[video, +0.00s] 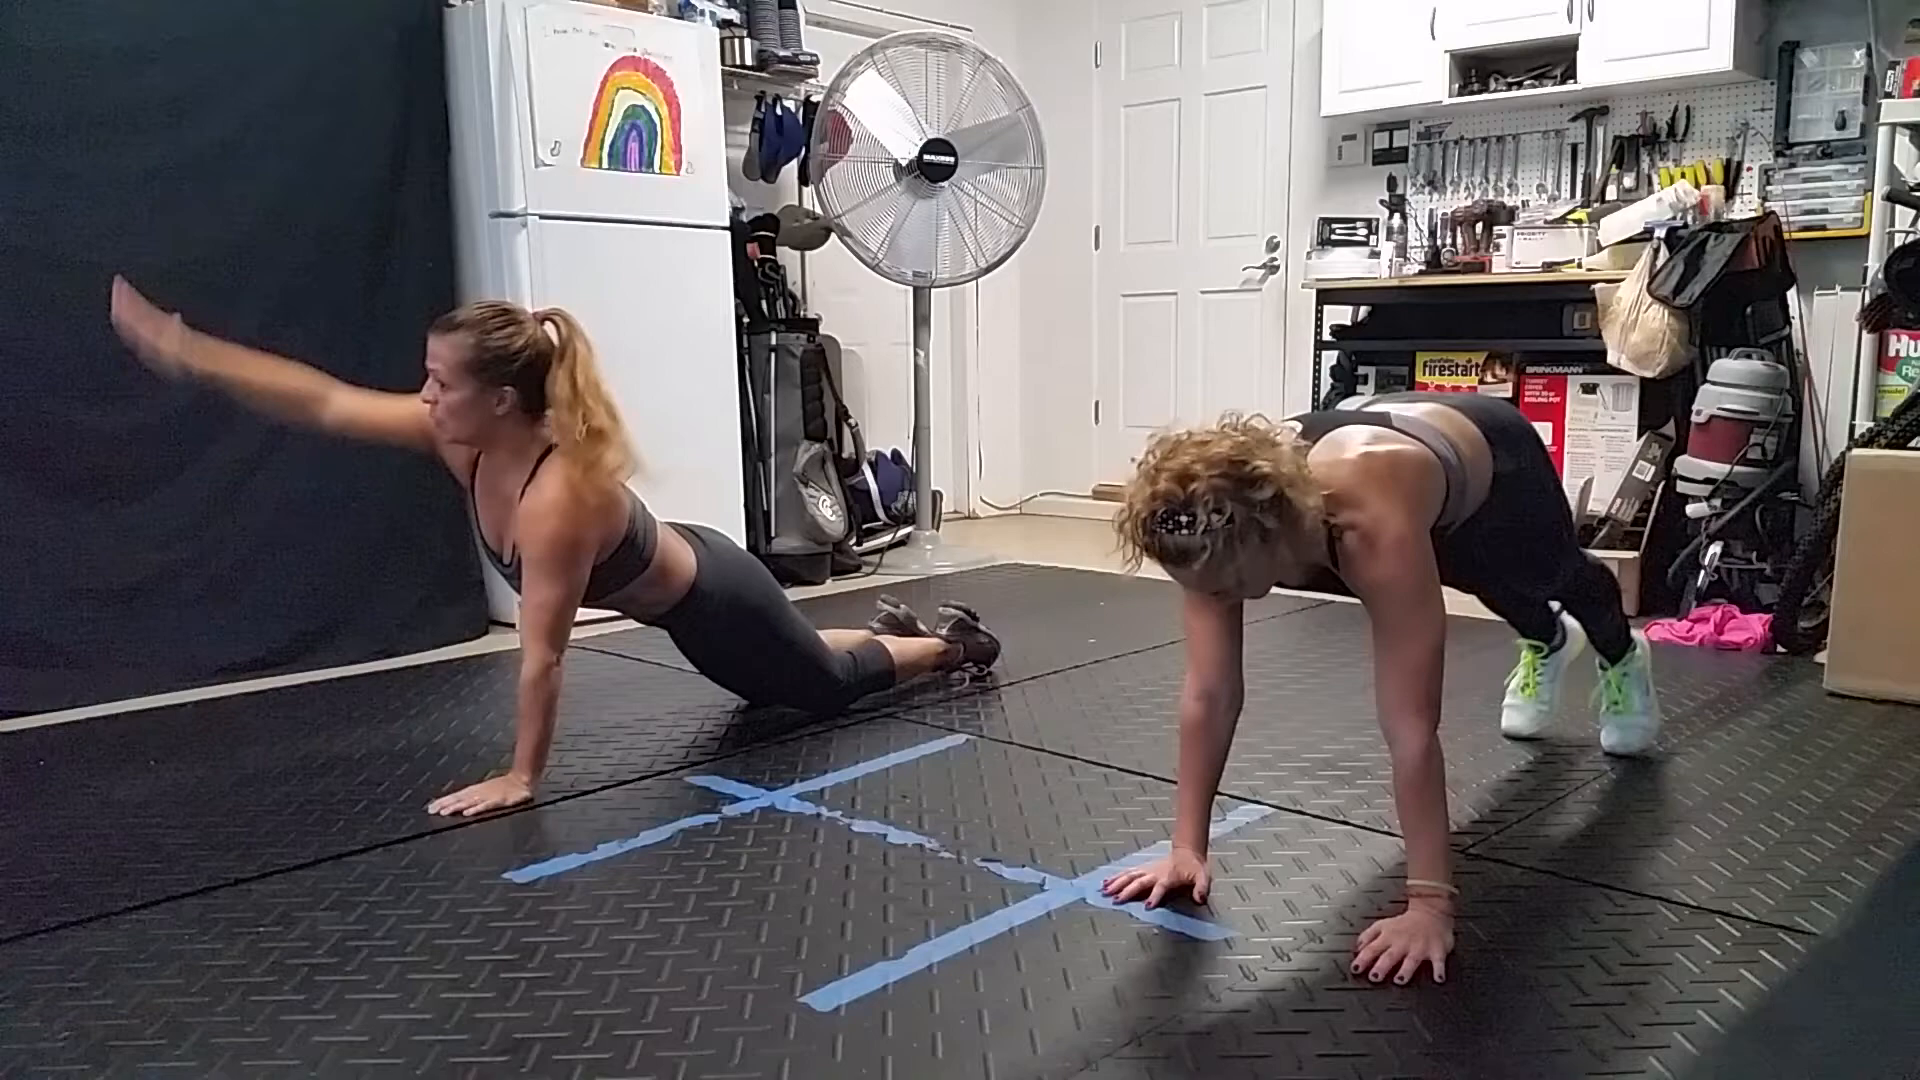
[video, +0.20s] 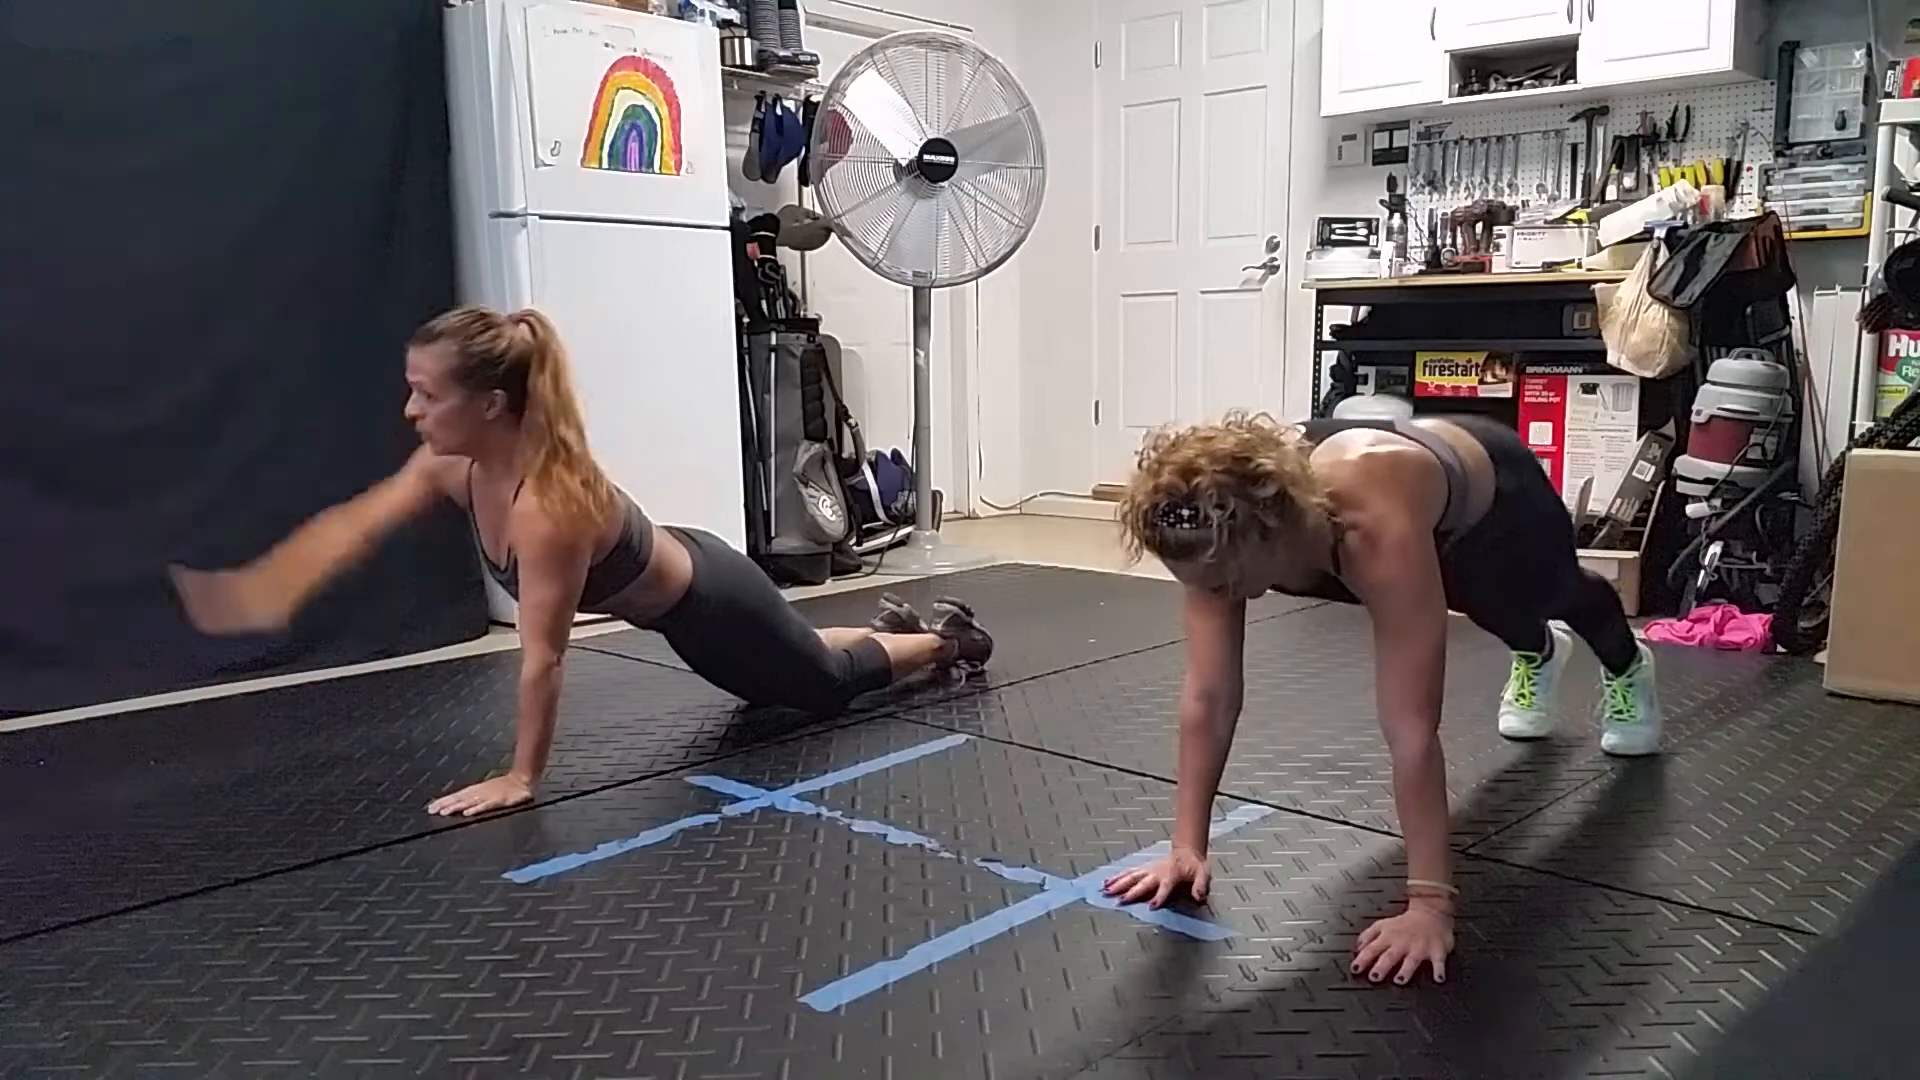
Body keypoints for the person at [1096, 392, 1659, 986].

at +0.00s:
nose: (1230, 593)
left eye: (1235, 577)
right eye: (1213, 582)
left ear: (1271, 528)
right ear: (1196, 547)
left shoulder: (1379, 523)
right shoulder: (1211, 529)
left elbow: (1414, 734)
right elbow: (1208, 691)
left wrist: (1429, 901)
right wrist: (1187, 847)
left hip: (1491, 443)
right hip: (1386, 437)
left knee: (1562, 572)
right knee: (1483, 578)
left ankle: (1621, 653)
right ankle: (1545, 638)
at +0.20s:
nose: (1220, 592)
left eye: (1225, 574)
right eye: (1202, 582)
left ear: (1268, 523)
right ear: (1191, 551)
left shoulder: (1381, 520)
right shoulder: (1214, 534)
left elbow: (1414, 731)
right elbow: (1207, 699)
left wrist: (1429, 902)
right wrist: (1186, 848)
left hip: (1496, 480)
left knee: (1563, 591)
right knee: (1484, 602)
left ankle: (1628, 663)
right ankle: (1536, 648)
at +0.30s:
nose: (1223, 592)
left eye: (1227, 576)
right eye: (1205, 582)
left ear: (1266, 520)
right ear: (1195, 551)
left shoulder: (1381, 518)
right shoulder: (1215, 534)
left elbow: (1415, 729)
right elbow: (1210, 696)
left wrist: (1430, 902)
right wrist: (1187, 847)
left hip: (1499, 493)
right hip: (1414, 536)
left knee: (1567, 597)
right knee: (1492, 608)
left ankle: (1629, 665)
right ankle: (1540, 649)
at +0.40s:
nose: (1223, 588)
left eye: (1230, 572)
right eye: (1206, 576)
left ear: (1272, 516)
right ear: (1194, 545)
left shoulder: (1382, 517)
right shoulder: (1218, 530)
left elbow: (1415, 729)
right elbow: (1212, 696)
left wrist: (1430, 901)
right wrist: (1187, 848)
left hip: (1499, 498)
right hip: (1414, 542)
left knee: (1568, 597)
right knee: (1491, 606)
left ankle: (1633, 662)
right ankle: (1538, 647)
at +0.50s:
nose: (1224, 584)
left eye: (1232, 565)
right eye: (1205, 571)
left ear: (1276, 511)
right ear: (1190, 541)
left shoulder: (1383, 518)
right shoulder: (1215, 527)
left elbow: (1422, 732)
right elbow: (1213, 696)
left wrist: (1431, 901)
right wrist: (1187, 847)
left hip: (1500, 502)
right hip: (1419, 540)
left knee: (1576, 599)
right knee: (1490, 609)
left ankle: (1641, 662)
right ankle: (1533, 646)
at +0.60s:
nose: (1198, 616)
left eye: (1204, 598)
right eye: (1186, 603)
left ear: (1251, 565)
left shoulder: (1376, 565)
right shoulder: (1221, 569)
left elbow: (1447, 743)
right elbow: (1215, 701)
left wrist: (1433, 904)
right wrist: (1188, 845)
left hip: (1492, 528)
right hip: (1417, 528)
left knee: (1571, 613)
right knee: (1485, 618)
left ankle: (1647, 658)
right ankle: (1526, 650)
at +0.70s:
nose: (1210, 712)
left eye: (1218, 698)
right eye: (1193, 707)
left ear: (1251, 661)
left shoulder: (1368, 641)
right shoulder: (1228, 630)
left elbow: (1482, 758)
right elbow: (1213, 726)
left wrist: (1435, 907)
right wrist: (1188, 850)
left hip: (1482, 577)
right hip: (1393, 554)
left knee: (1560, 641)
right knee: (1472, 648)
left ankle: (1639, 656)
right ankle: (1522, 677)